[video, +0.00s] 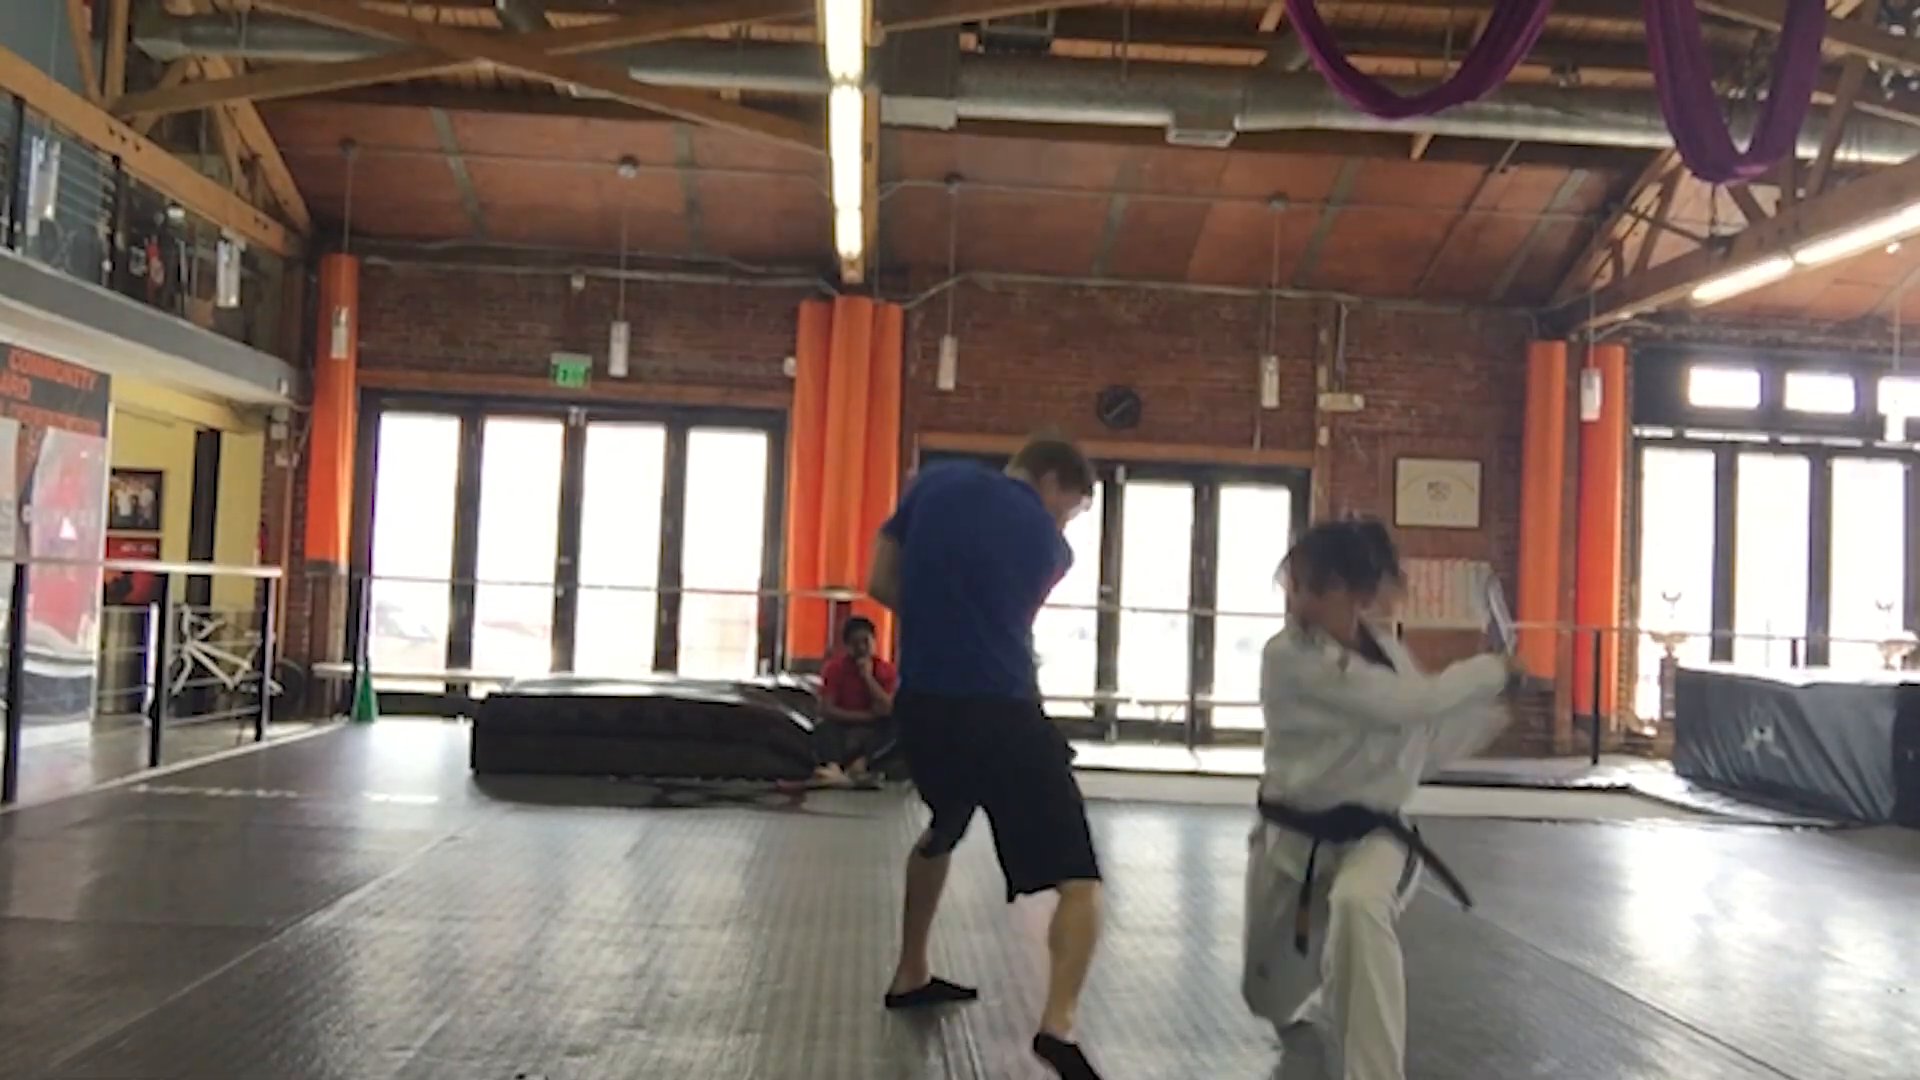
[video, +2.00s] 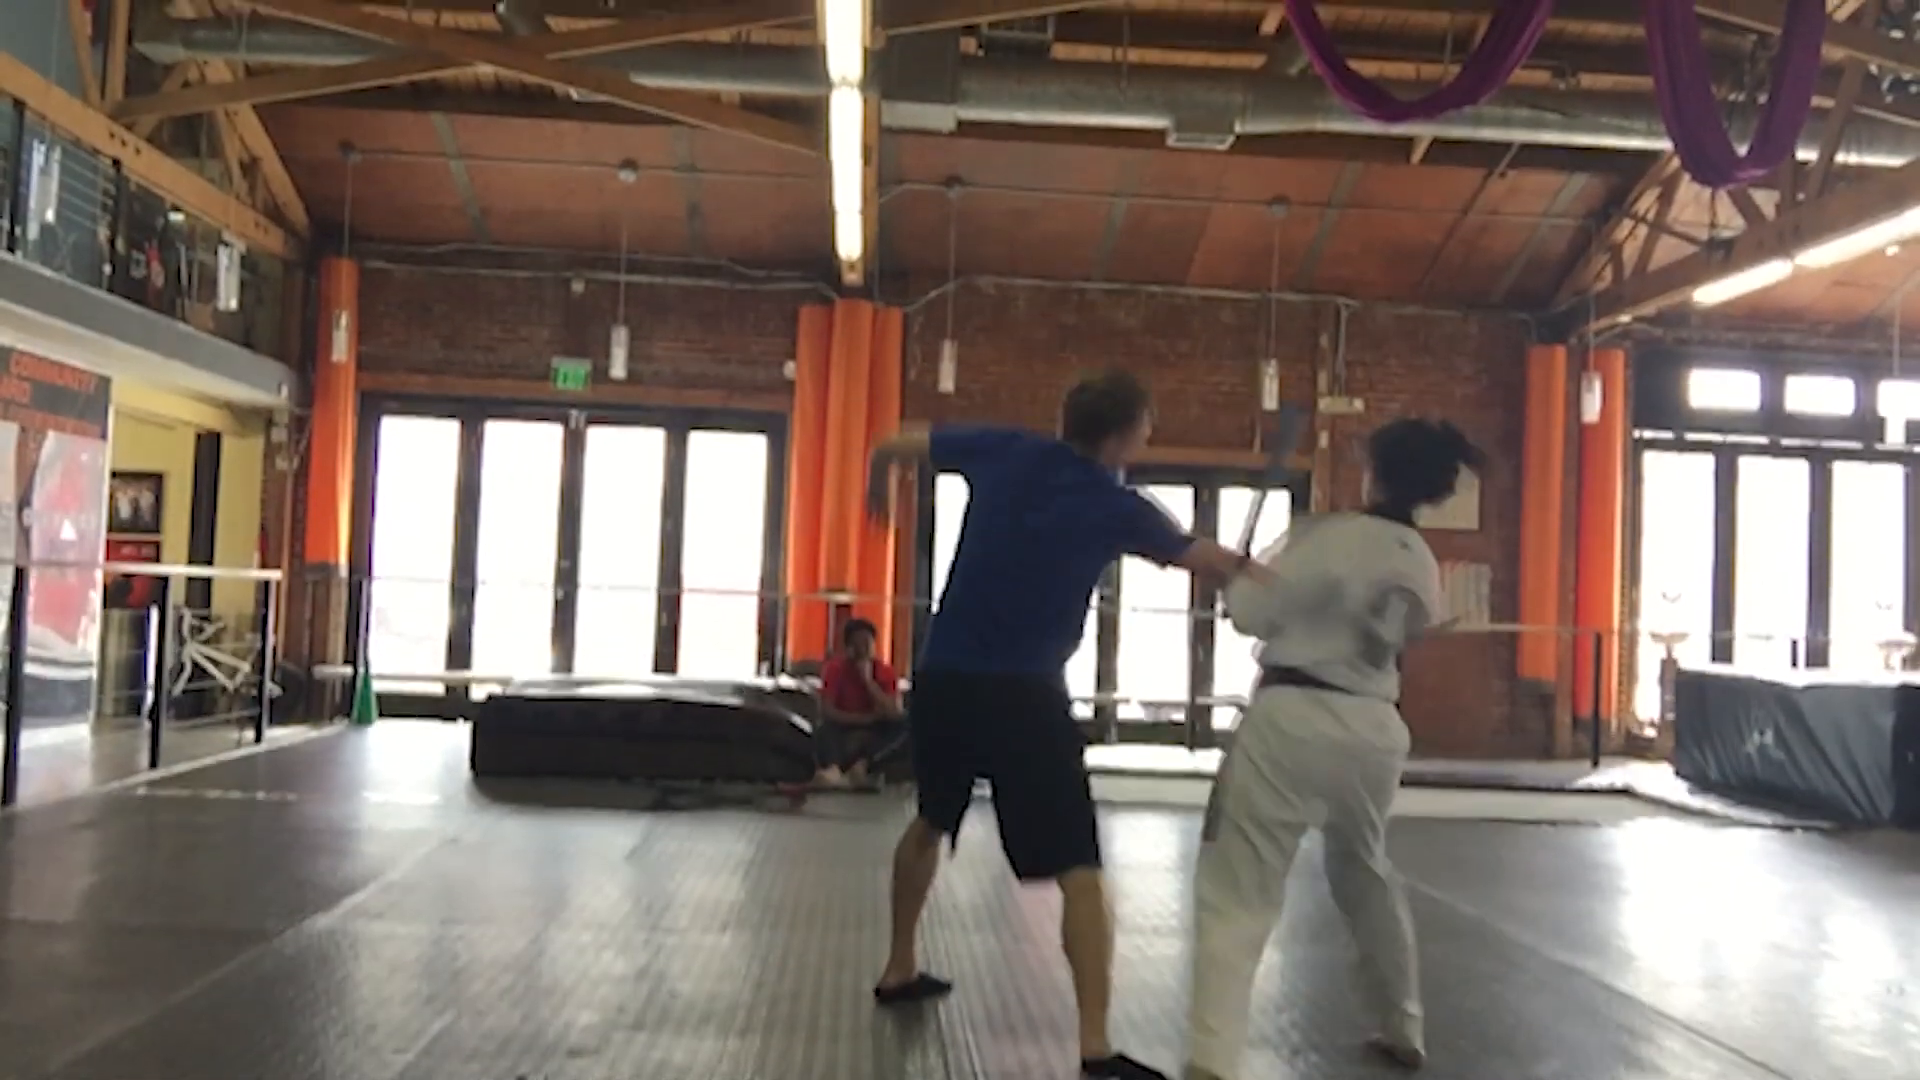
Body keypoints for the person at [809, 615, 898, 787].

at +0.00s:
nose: (861, 648)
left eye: (865, 641)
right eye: (855, 643)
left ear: (873, 641)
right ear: (846, 646)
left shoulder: (885, 669)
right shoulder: (834, 668)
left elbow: (886, 708)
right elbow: (826, 709)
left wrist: (868, 676)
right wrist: (868, 715)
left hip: (873, 723)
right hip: (841, 723)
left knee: (895, 728)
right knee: (824, 728)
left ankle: (861, 765)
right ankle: (833, 767)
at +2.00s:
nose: (863, 648)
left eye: (866, 642)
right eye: (858, 643)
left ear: (873, 643)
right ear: (848, 644)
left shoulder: (884, 671)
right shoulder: (835, 668)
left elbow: (893, 711)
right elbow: (828, 712)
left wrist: (868, 681)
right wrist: (869, 718)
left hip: (874, 725)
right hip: (843, 725)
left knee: (902, 728)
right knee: (826, 729)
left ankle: (864, 765)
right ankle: (832, 768)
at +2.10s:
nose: (864, 647)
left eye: (868, 641)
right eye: (859, 642)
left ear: (874, 643)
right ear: (849, 643)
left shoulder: (883, 669)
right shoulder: (835, 668)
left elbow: (894, 710)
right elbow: (828, 710)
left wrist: (868, 679)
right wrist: (868, 716)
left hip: (875, 725)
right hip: (844, 726)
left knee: (906, 725)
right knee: (824, 729)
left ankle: (867, 765)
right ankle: (832, 767)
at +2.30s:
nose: (863, 650)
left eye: (867, 644)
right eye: (857, 644)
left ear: (873, 645)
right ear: (849, 646)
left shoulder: (884, 672)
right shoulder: (835, 670)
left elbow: (893, 711)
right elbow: (828, 712)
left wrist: (868, 681)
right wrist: (869, 717)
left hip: (875, 725)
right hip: (843, 726)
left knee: (907, 725)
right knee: (824, 729)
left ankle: (865, 765)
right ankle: (831, 768)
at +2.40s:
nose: (863, 648)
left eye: (867, 642)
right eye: (857, 643)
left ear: (873, 643)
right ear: (848, 645)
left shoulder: (884, 670)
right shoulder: (834, 668)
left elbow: (893, 710)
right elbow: (827, 711)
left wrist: (868, 679)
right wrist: (869, 715)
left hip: (875, 724)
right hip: (843, 724)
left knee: (906, 725)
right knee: (824, 728)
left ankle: (864, 764)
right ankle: (832, 767)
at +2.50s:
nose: (861, 650)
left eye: (866, 643)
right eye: (856, 644)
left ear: (873, 643)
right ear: (847, 646)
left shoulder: (884, 669)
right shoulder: (834, 669)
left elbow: (894, 709)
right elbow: (828, 710)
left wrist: (868, 679)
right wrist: (868, 716)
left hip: (875, 723)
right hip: (844, 724)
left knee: (906, 723)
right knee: (824, 727)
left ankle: (866, 764)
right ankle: (831, 766)